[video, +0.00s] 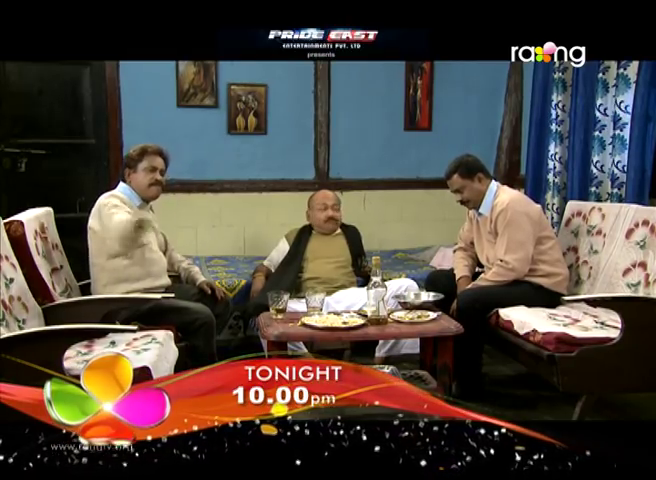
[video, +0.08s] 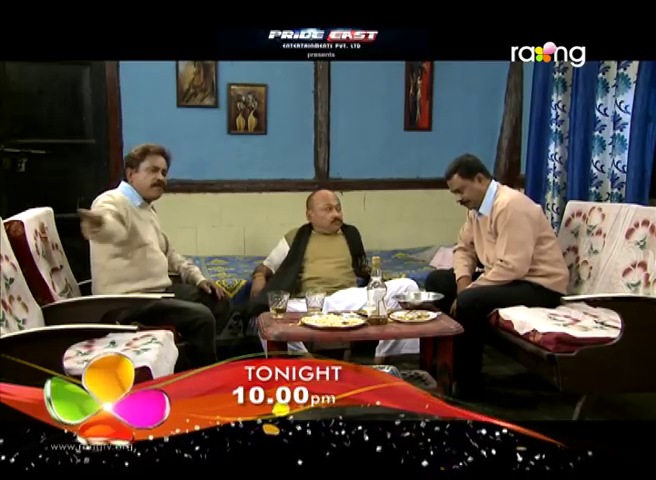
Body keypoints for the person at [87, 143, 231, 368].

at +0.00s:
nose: (159, 178)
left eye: (162, 173)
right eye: (151, 171)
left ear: (164, 178)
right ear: (129, 175)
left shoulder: (144, 210)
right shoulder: (110, 203)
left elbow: (170, 256)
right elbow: (121, 240)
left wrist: (199, 280)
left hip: (157, 293)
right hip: (126, 301)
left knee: (218, 302)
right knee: (201, 317)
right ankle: (203, 383)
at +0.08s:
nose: (160, 177)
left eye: (163, 173)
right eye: (152, 170)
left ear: (166, 177)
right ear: (131, 175)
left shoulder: (146, 211)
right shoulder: (112, 202)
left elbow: (168, 255)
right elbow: (112, 226)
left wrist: (199, 280)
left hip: (159, 293)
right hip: (126, 302)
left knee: (218, 302)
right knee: (201, 318)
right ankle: (204, 382)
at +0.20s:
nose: (159, 182)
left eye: (164, 177)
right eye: (152, 174)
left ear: (168, 181)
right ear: (132, 175)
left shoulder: (151, 213)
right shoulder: (108, 206)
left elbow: (172, 256)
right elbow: (86, 237)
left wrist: (200, 280)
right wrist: (62, 235)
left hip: (161, 295)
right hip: (127, 304)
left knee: (219, 303)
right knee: (199, 318)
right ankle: (203, 383)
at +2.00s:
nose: (171, 186)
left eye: (177, 181)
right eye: (164, 178)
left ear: (182, 185)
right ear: (146, 176)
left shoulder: (166, 212)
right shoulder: (118, 207)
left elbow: (176, 256)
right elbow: (87, 245)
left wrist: (200, 279)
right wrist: (86, 262)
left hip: (164, 298)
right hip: (128, 305)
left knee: (218, 301)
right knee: (199, 318)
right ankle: (205, 384)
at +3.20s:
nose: (168, 184)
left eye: (175, 179)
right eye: (162, 176)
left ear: (179, 183)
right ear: (143, 175)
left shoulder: (164, 210)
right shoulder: (117, 207)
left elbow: (177, 256)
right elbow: (85, 248)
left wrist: (201, 279)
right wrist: (94, 262)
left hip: (164, 295)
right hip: (128, 304)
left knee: (218, 302)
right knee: (200, 318)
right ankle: (206, 385)